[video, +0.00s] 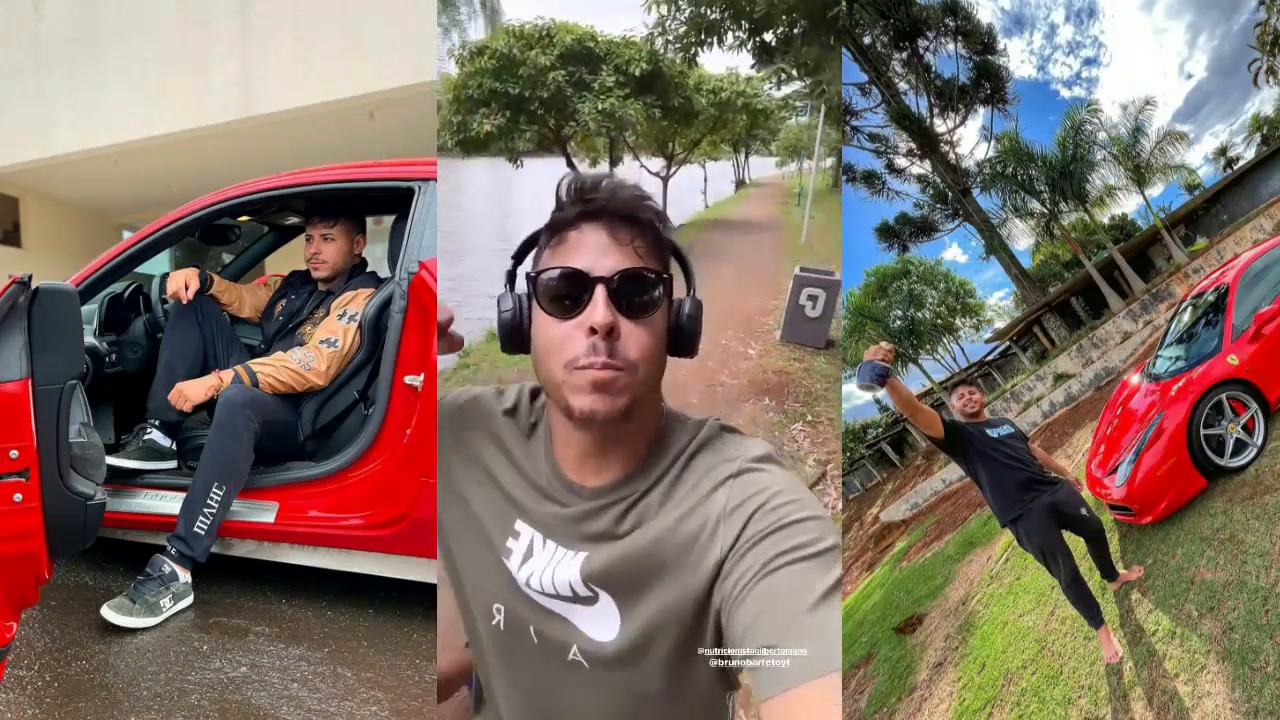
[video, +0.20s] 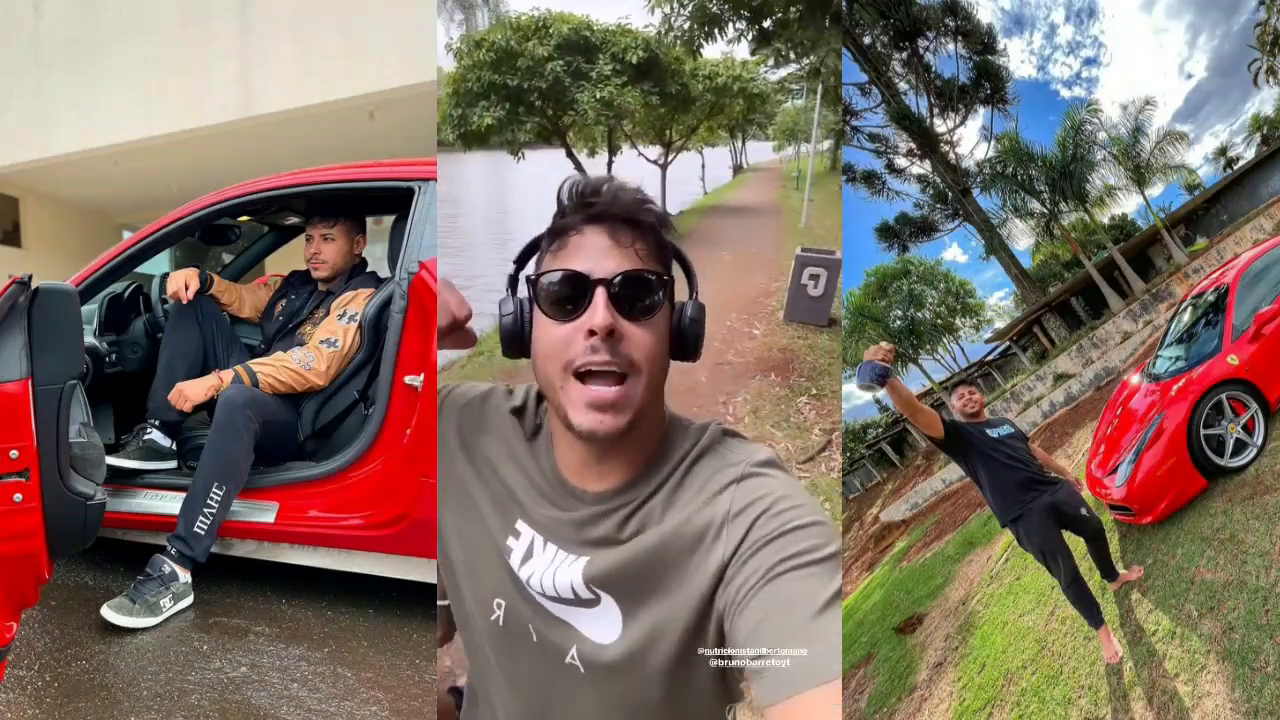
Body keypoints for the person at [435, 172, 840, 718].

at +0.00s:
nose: (601, 319)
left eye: (635, 294)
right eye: (567, 293)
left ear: (676, 323)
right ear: (524, 318)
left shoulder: (755, 511)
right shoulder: (457, 436)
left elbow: (812, 705)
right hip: (500, 706)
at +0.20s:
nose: (601, 321)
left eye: (636, 296)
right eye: (567, 296)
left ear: (679, 329)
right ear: (525, 324)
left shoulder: (756, 516)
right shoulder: (462, 432)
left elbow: (815, 706)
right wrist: (400, 318)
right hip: (486, 705)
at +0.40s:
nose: (601, 316)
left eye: (638, 291)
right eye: (565, 290)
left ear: (677, 326)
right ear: (520, 319)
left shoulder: (757, 521)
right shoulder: (461, 442)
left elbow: (815, 708)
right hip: (469, 707)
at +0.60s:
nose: (624, 329)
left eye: (661, 303)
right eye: (589, 298)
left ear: (701, 338)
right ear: (543, 320)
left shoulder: (763, 521)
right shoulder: (464, 438)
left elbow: (815, 706)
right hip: (470, 707)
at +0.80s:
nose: (635, 318)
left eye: (673, 296)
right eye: (603, 287)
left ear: (708, 332)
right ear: (552, 308)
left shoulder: (761, 515)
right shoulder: (460, 418)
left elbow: (814, 706)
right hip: (475, 706)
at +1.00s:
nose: (610, 295)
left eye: (647, 274)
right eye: (580, 264)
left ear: (679, 311)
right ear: (532, 283)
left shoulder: (745, 498)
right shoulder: (464, 396)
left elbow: (809, 708)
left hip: (638, 708)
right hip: (467, 705)